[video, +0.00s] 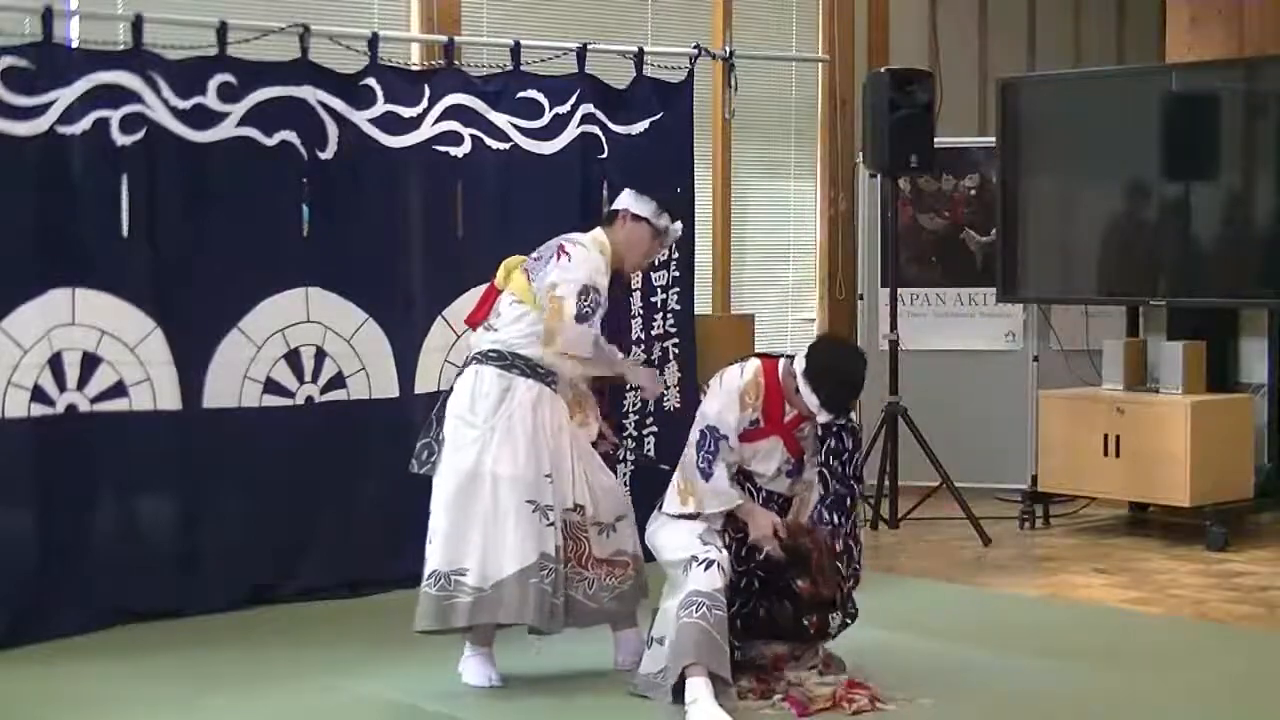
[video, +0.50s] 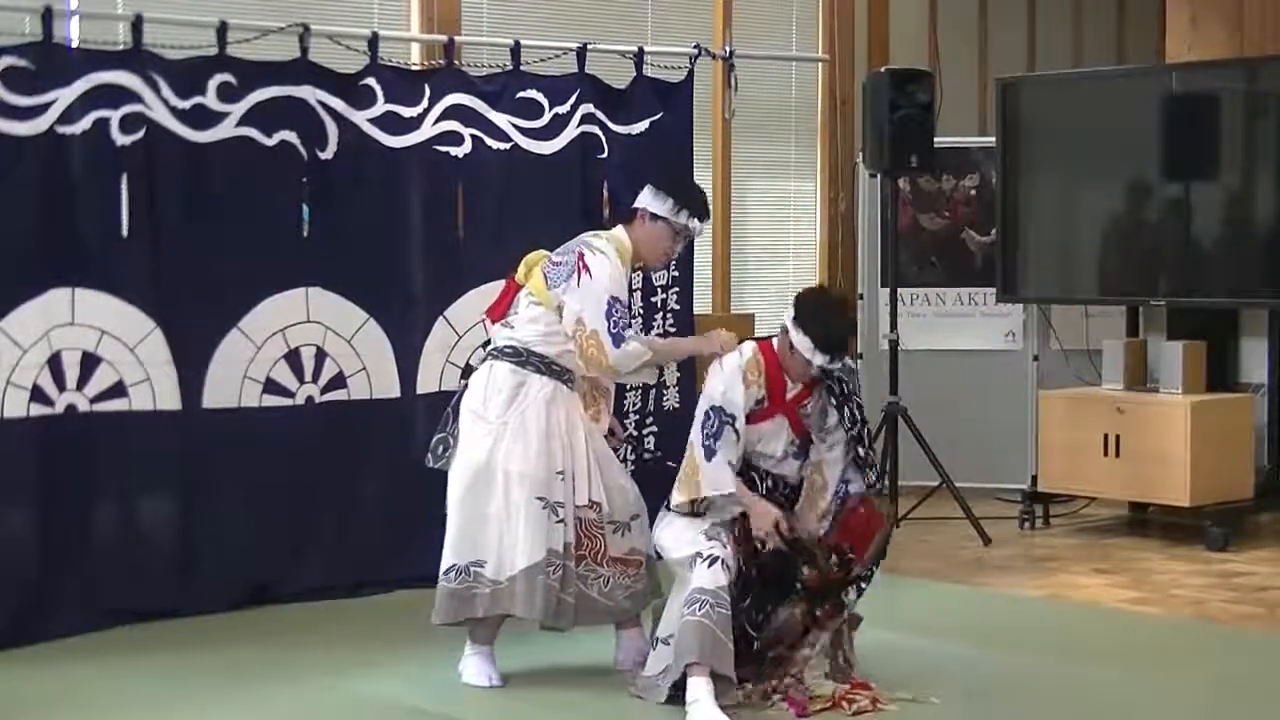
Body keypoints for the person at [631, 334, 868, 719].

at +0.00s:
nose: (818, 417)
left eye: (829, 412)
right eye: (814, 406)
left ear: (844, 395)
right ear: (798, 376)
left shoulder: (825, 414)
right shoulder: (739, 384)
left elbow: (810, 481)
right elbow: (703, 463)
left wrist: (795, 531)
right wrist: (748, 511)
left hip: (758, 522)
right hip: (693, 514)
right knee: (708, 564)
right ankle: (698, 690)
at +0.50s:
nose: (815, 371)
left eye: (824, 364)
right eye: (809, 360)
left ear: (837, 354)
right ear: (788, 337)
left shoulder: (831, 386)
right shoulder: (737, 370)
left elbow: (833, 459)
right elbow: (711, 456)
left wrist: (808, 521)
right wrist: (751, 504)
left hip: (781, 516)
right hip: (709, 508)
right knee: (712, 565)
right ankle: (699, 688)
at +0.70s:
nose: (775, 332)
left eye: (788, 325)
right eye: (772, 321)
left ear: (805, 322)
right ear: (759, 309)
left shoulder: (819, 364)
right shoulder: (726, 351)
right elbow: (739, 405)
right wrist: (807, 398)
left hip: (789, 511)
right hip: (716, 503)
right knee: (722, 562)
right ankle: (700, 690)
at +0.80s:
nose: (803, 332)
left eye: (806, 322)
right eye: (796, 322)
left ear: (807, 318)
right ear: (761, 314)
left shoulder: (785, 363)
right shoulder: (723, 347)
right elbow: (742, 375)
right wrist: (804, 347)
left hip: (759, 514)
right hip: (705, 509)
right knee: (726, 567)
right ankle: (701, 689)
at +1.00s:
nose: (813, 335)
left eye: (824, 327)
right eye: (807, 323)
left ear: (831, 329)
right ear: (782, 315)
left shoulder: (827, 357)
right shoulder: (730, 348)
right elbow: (750, 338)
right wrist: (792, 292)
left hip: (763, 504)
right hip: (704, 499)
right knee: (726, 569)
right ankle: (701, 692)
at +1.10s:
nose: (816, 339)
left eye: (824, 330)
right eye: (809, 325)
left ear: (818, 329)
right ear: (779, 318)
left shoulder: (821, 362)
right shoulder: (730, 343)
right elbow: (740, 368)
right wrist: (797, 317)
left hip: (774, 498)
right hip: (711, 497)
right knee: (724, 566)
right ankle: (702, 679)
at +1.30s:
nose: (793, 357)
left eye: (802, 349)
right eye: (786, 346)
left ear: (813, 336)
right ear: (761, 327)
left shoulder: (804, 365)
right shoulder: (720, 357)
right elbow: (737, 422)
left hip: (758, 507)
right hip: (697, 504)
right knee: (736, 550)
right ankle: (691, 680)